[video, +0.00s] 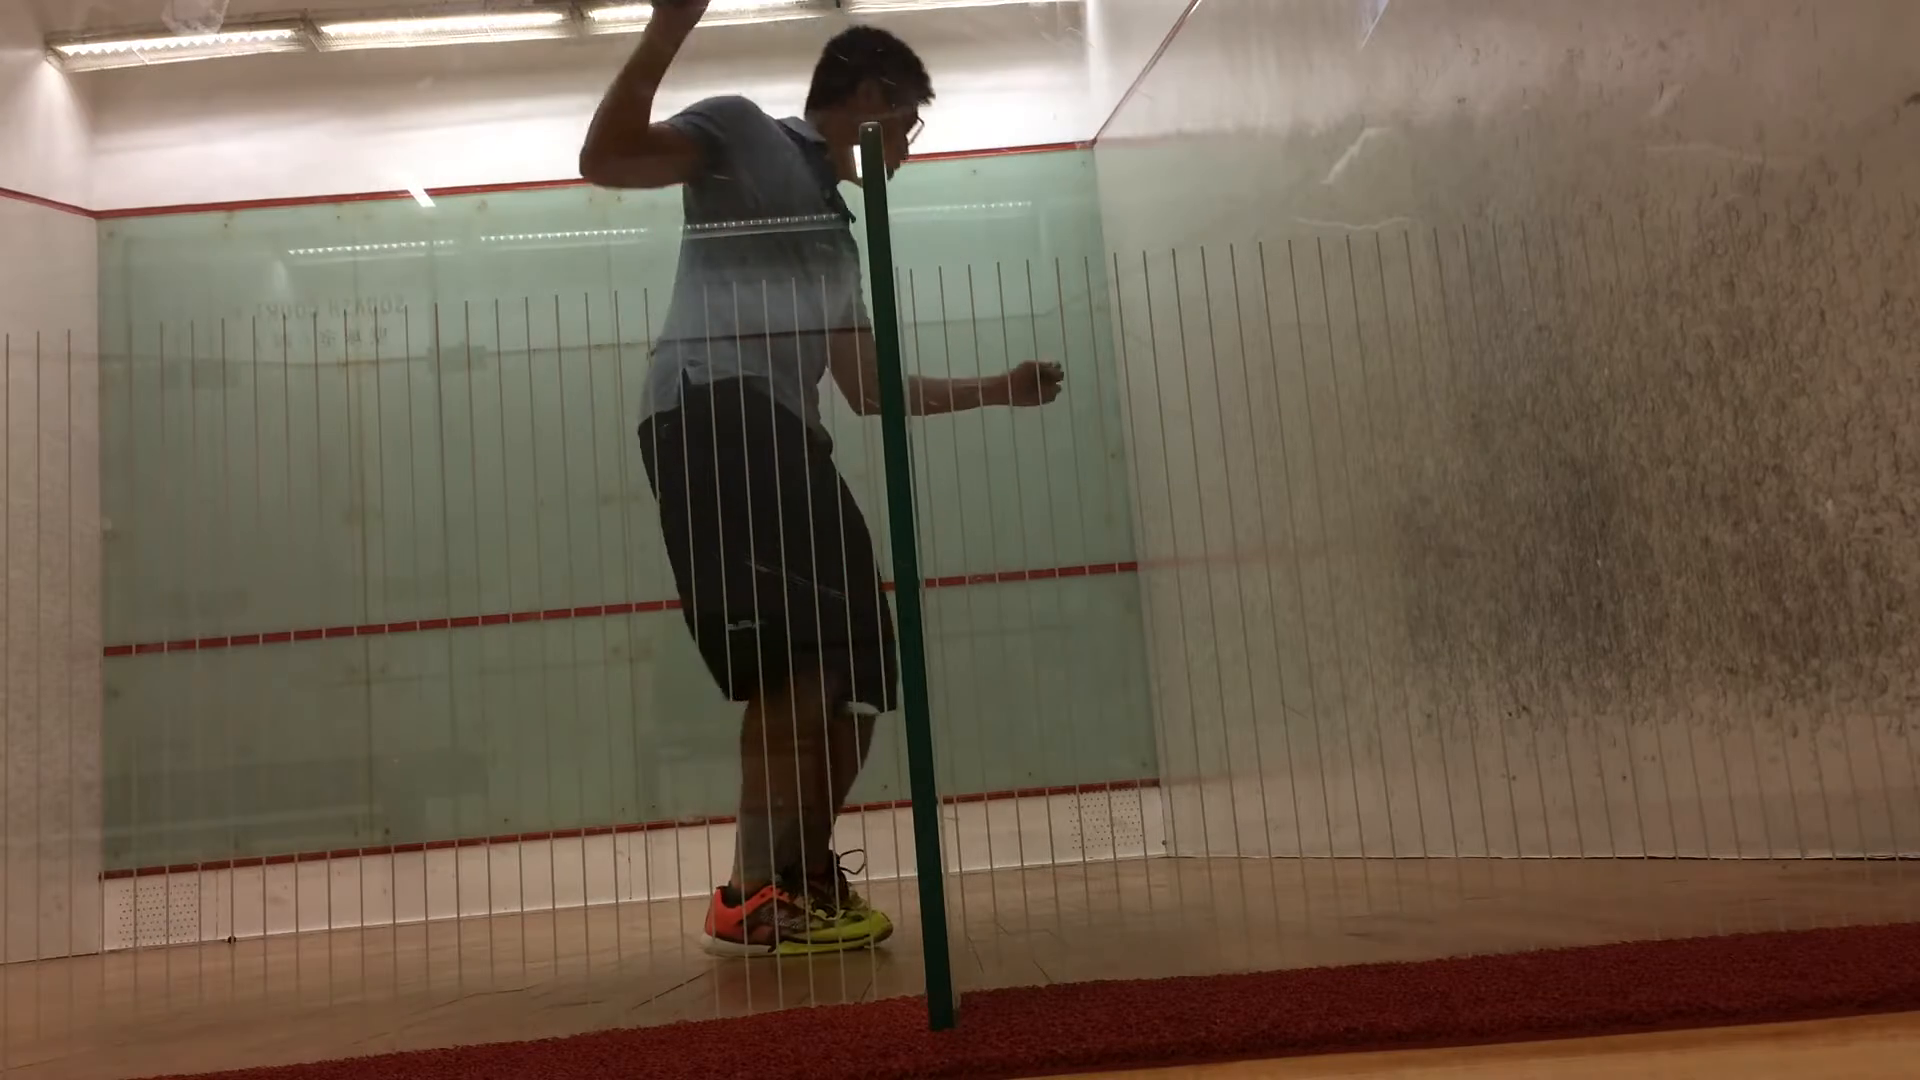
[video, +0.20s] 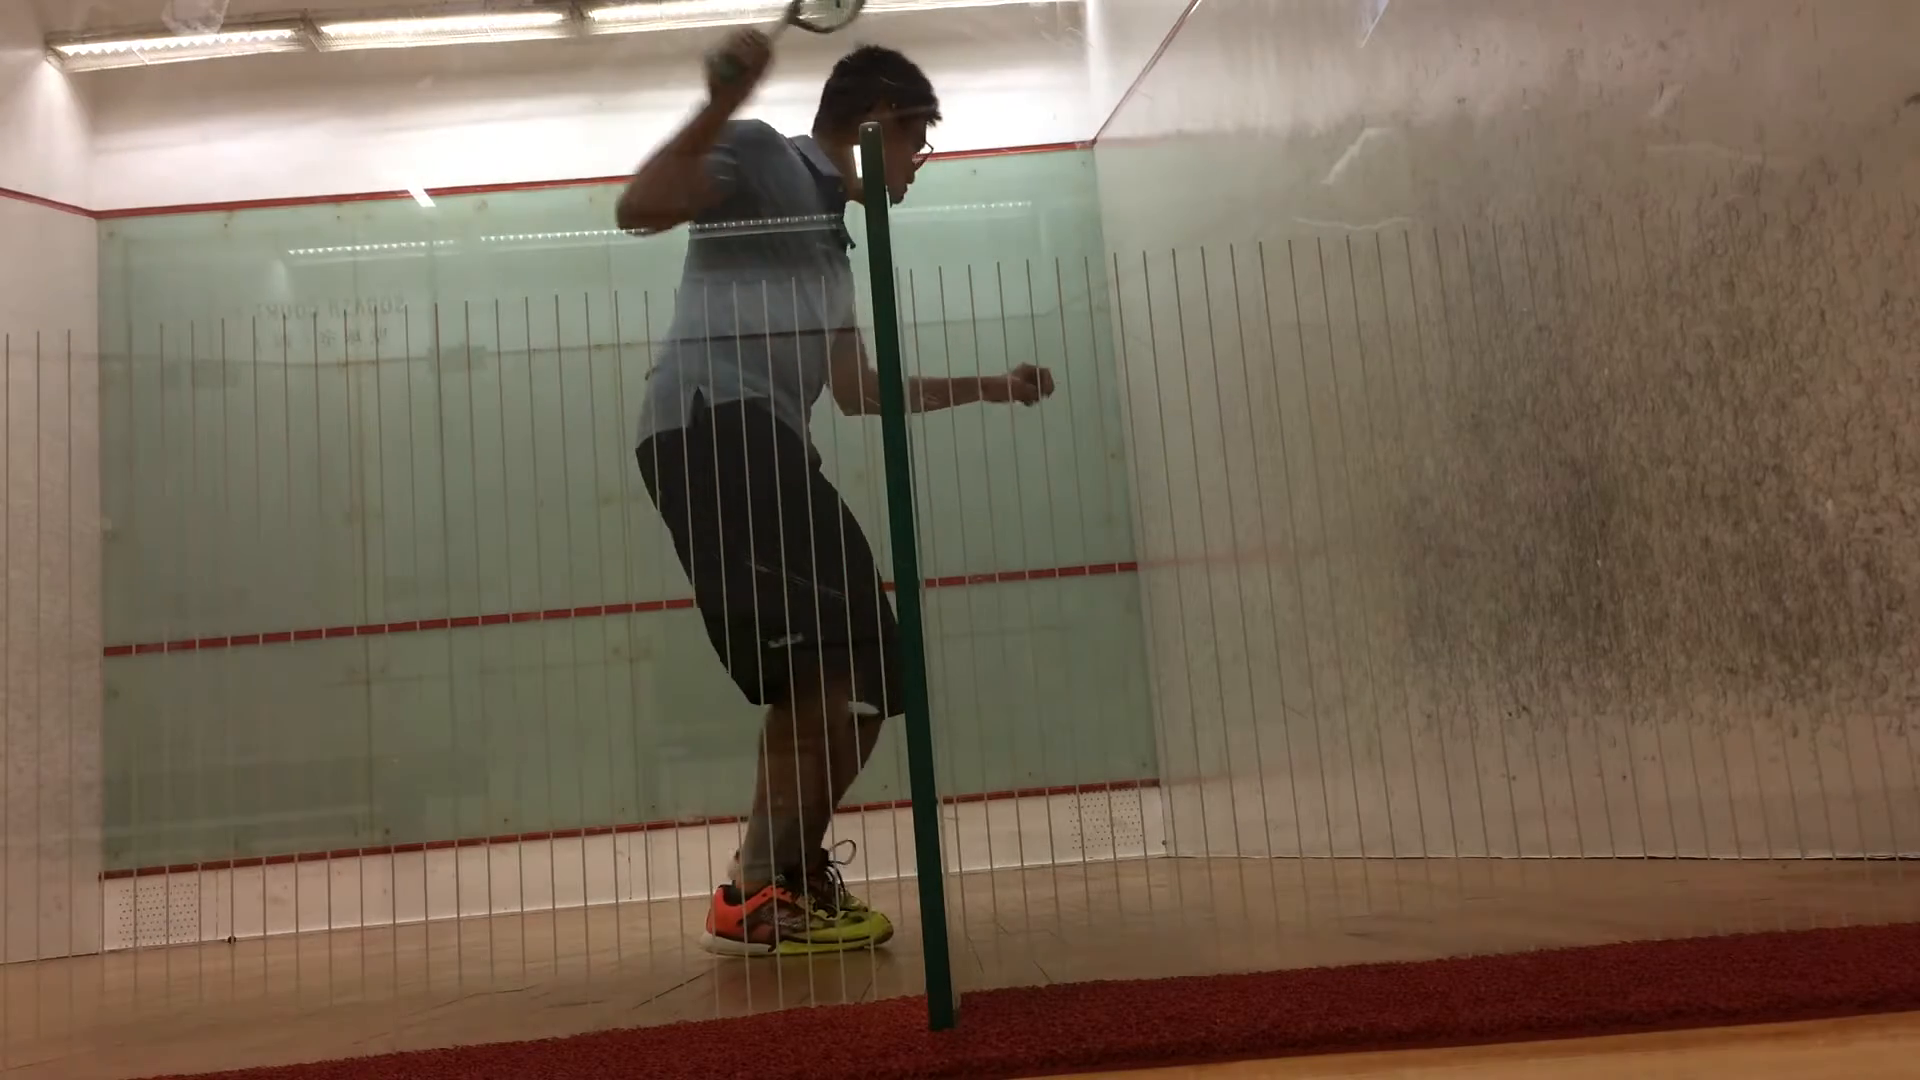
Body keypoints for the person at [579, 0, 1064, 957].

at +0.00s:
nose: (904, 139)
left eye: (912, 123)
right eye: (899, 113)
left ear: (876, 121)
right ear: (849, 95)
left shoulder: (830, 237)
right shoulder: (753, 132)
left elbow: (870, 387)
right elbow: (607, 155)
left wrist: (997, 390)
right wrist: (668, 27)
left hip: (775, 424)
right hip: (710, 409)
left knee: (862, 649)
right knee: (791, 649)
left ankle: (805, 873)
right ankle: (755, 887)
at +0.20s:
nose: (920, 161)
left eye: (925, 142)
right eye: (916, 137)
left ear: (870, 127)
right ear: (871, 119)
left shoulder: (825, 238)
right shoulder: (774, 158)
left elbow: (860, 387)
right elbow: (639, 209)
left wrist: (993, 387)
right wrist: (722, 101)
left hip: (763, 433)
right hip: (712, 422)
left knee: (874, 659)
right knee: (838, 648)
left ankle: (798, 878)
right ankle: (757, 887)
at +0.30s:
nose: (921, 158)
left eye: (923, 141)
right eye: (916, 138)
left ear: (871, 131)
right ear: (871, 128)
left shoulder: (820, 213)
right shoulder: (774, 160)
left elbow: (816, 372)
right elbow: (678, 235)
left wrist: (954, 368)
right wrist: (788, 167)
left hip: (761, 433)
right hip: (715, 428)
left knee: (855, 652)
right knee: (841, 649)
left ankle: (775, 876)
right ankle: (756, 882)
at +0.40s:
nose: (917, 159)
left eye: (921, 141)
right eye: (912, 137)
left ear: (859, 130)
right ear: (870, 127)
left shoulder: (817, 219)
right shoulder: (807, 173)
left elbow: (781, 368)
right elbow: (735, 261)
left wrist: (885, 358)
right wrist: (841, 291)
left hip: (717, 443)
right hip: (728, 435)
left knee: (807, 664)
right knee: (849, 654)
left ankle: (756, 879)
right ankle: (766, 883)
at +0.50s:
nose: (908, 163)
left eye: (914, 147)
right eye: (907, 142)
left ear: (829, 123)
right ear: (871, 127)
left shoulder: (748, 193)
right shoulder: (826, 191)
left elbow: (769, 341)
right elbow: (811, 329)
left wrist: (878, 397)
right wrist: (904, 406)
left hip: (680, 445)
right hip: (744, 441)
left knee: (764, 662)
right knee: (828, 652)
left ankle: (754, 873)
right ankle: (773, 873)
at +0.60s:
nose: (899, 156)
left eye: (905, 137)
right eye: (900, 136)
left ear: (816, 112)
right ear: (870, 125)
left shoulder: (710, 184)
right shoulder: (842, 202)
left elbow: (633, 293)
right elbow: (844, 377)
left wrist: (705, 368)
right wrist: (905, 494)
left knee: (740, 666)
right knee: (811, 645)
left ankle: (748, 872)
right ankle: (763, 838)